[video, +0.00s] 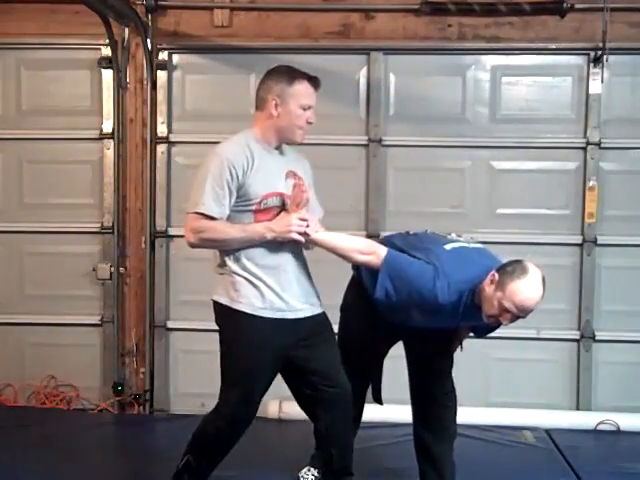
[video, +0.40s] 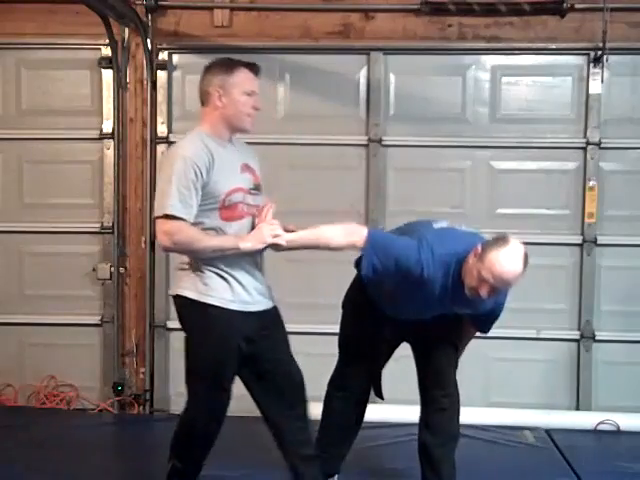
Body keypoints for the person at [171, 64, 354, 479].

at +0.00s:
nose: (311, 119)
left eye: (312, 109)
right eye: (304, 108)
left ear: (279, 108)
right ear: (273, 105)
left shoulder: (298, 164)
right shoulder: (231, 154)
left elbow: (311, 235)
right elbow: (196, 231)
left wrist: (301, 214)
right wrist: (270, 230)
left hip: (303, 311)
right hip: (249, 311)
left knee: (336, 399)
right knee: (235, 412)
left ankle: (334, 475)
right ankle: (186, 476)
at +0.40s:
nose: (257, 104)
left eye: (257, 96)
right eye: (248, 94)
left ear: (223, 99)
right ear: (217, 96)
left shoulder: (243, 153)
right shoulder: (189, 152)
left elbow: (250, 214)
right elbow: (169, 233)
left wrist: (266, 221)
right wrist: (243, 242)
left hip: (254, 298)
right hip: (207, 298)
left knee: (286, 393)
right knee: (206, 407)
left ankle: (310, 474)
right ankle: (179, 475)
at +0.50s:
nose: (250, 99)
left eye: (250, 90)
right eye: (241, 89)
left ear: (218, 93)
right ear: (209, 91)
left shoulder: (232, 144)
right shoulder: (184, 146)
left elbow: (236, 215)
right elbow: (167, 230)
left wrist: (263, 234)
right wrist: (238, 246)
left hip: (242, 291)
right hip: (199, 293)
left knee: (273, 382)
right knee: (199, 404)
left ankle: (274, 474)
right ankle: (178, 474)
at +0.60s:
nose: (243, 97)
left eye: (243, 88)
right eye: (234, 87)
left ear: (212, 91)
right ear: (204, 90)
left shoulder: (224, 144)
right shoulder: (178, 147)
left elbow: (228, 216)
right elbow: (169, 232)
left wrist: (256, 246)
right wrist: (236, 254)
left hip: (231, 288)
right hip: (191, 290)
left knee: (256, 376)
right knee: (195, 398)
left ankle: (228, 469)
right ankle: (177, 473)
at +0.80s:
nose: (234, 96)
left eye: (233, 87)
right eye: (226, 87)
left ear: (203, 91)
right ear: (197, 90)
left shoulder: (210, 143)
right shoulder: (172, 148)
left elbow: (213, 220)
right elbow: (167, 231)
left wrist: (246, 255)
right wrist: (235, 261)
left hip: (210, 282)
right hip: (180, 284)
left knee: (215, 372)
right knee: (195, 378)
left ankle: (165, 461)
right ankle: (179, 469)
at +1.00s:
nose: (227, 104)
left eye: (226, 95)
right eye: (221, 95)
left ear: (193, 98)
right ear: (193, 96)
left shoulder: (192, 147)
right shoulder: (173, 147)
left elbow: (200, 216)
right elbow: (167, 228)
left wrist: (242, 217)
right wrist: (220, 278)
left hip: (183, 281)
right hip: (172, 282)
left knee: (171, 375)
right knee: (193, 380)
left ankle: (141, 463)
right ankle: (181, 472)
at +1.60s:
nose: (199, 102)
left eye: (198, 94)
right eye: (192, 94)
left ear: (171, 98)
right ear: (166, 97)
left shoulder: (176, 151)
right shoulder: (139, 146)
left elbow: (188, 223)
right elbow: (139, 224)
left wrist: (216, 268)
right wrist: (173, 283)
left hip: (167, 283)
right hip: (140, 281)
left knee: (160, 375)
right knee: (141, 377)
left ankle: (143, 459)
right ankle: (125, 467)